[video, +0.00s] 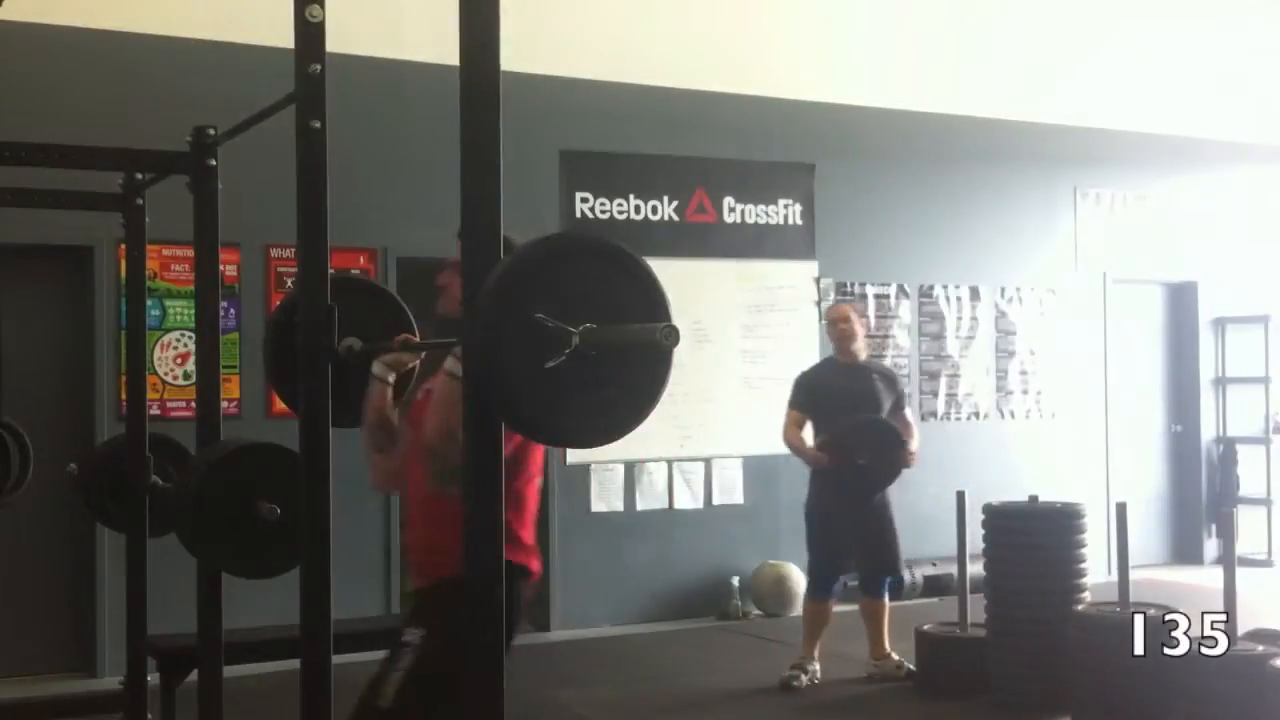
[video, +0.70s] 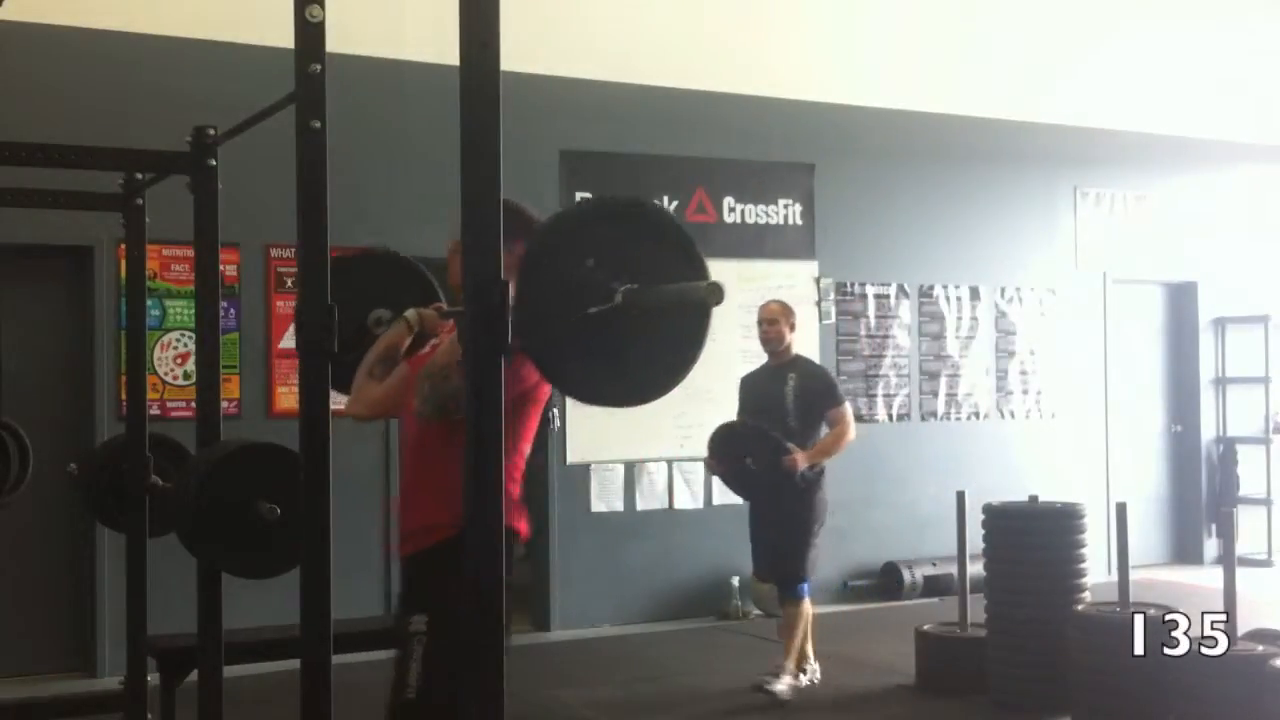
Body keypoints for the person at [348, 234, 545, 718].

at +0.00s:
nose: (441, 277)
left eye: (458, 269)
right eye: (447, 267)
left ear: (491, 284)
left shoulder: (511, 370)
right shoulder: (448, 372)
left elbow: (449, 464)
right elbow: (387, 467)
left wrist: (455, 364)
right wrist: (384, 376)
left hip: (482, 576)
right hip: (439, 575)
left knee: (391, 704)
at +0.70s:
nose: (451, 258)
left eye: (464, 248)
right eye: (454, 249)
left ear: (510, 258)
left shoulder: (525, 337)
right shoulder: (449, 339)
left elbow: (436, 399)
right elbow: (363, 402)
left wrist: (450, 330)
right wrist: (396, 336)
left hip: (481, 537)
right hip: (433, 539)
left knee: (461, 687)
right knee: (442, 688)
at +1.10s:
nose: (506, 237)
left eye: (523, 229)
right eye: (510, 227)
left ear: (564, 247)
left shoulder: (576, 329)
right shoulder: (489, 330)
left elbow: (513, 389)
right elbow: (413, 401)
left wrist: (525, 317)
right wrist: (440, 336)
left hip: (545, 527)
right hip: (482, 530)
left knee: (545, 689)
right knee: (475, 684)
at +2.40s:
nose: (578, 241)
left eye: (596, 234)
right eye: (581, 232)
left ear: (624, 261)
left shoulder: (624, 324)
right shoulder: (532, 327)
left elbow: (554, 325)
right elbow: (452, 346)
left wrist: (570, 240)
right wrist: (475, 267)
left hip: (564, 527)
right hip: (503, 525)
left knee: (568, 692)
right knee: (506, 685)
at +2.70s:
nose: (571, 251)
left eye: (588, 245)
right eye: (569, 242)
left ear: (625, 259)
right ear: (563, 248)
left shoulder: (631, 327)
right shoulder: (533, 315)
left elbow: (598, 281)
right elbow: (462, 290)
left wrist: (584, 178)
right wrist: (488, 208)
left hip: (568, 528)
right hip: (496, 522)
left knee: (572, 697)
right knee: (496, 687)